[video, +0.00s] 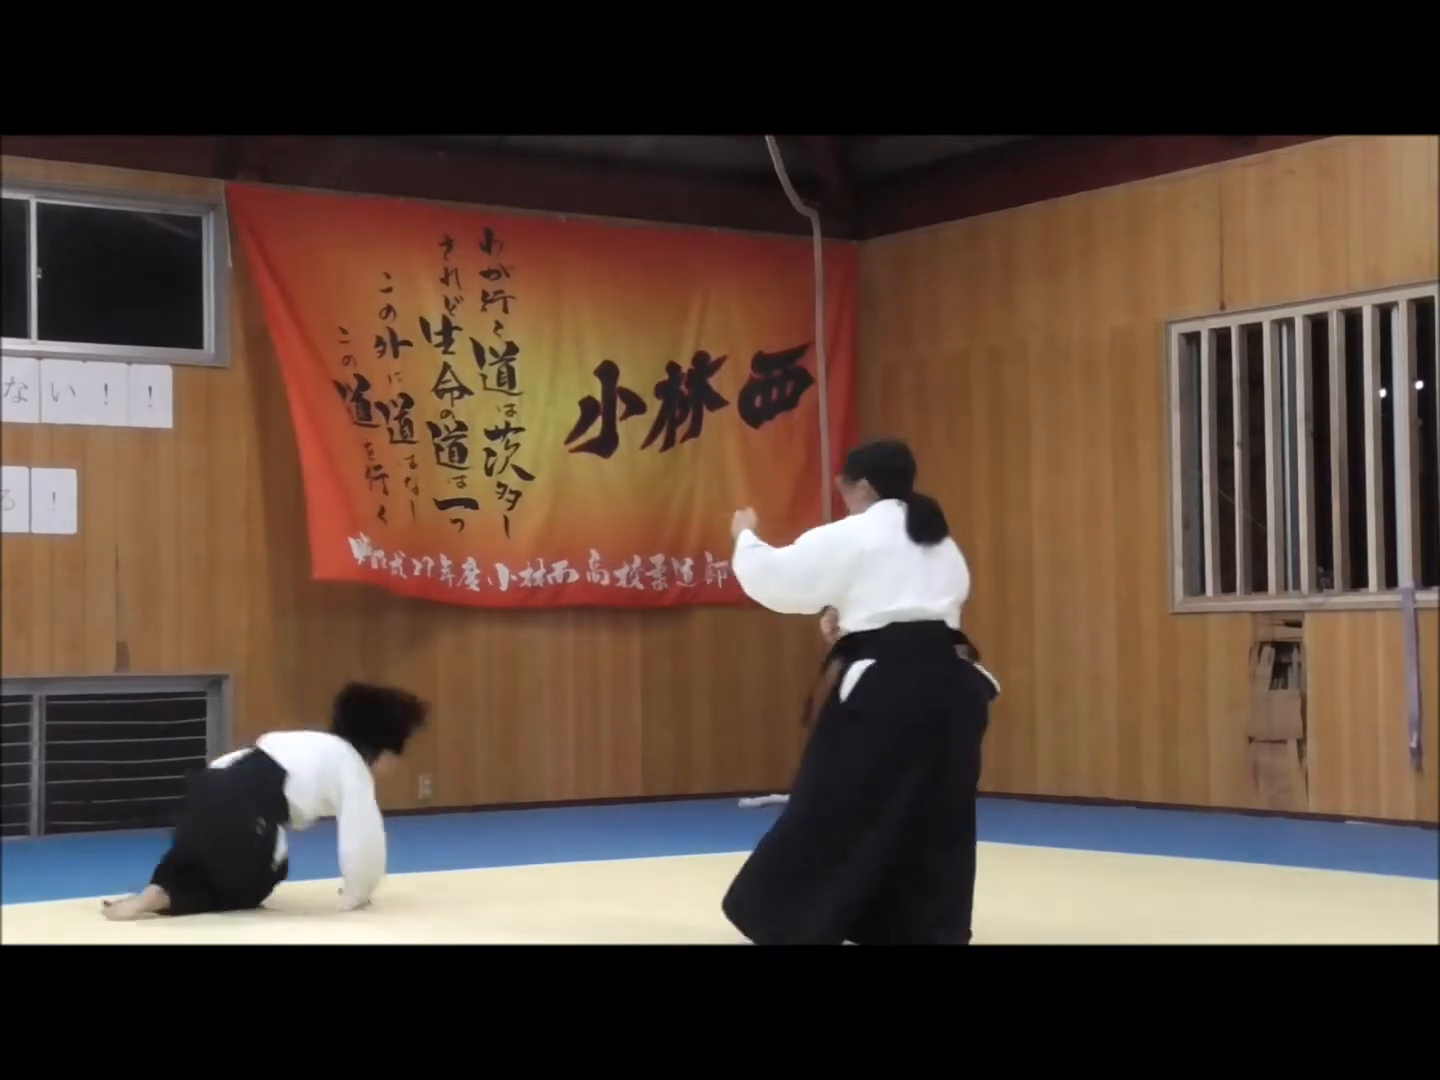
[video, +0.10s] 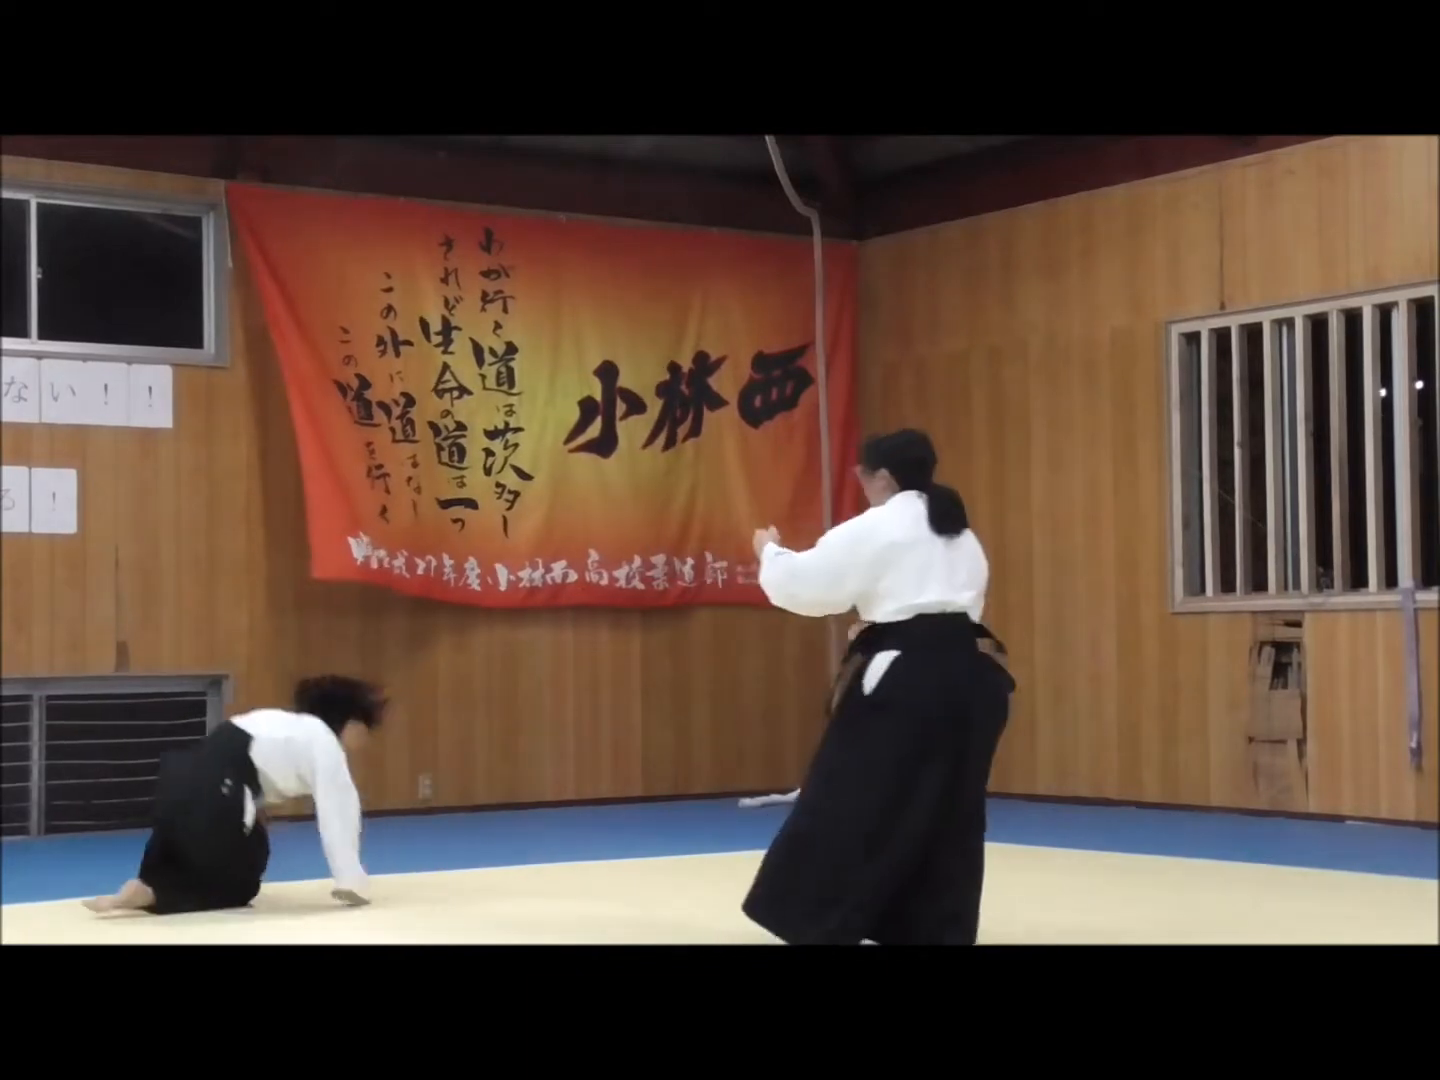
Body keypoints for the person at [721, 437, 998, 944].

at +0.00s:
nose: (843, 498)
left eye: (845, 488)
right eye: (844, 489)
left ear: (863, 487)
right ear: (903, 486)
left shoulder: (851, 536)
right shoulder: (939, 538)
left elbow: (776, 578)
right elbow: (935, 603)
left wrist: (746, 539)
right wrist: (852, 621)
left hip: (883, 685)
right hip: (958, 684)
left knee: (839, 805)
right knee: (939, 816)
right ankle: (932, 929)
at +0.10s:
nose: (862, 488)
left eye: (865, 478)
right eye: (862, 478)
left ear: (885, 477)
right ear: (920, 476)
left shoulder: (874, 530)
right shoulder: (962, 532)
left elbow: (807, 582)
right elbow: (962, 598)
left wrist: (769, 554)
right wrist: (876, 613)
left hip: (902, 680)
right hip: (976, 680)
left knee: (855, 799)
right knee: (951, 813)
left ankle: (831, 925)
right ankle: (936, 930)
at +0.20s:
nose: (878, 477)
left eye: (880, 467)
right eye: (877, 467)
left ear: (899, 467)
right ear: (936, 465)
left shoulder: (892, 522)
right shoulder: (977, 522)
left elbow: (835, 588)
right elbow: (991, 596)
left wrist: (790, 568)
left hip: (919, 674)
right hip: (990, 672)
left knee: (871, 795)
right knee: (964, 805)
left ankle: (866, 926)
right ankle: (950, 929)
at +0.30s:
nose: (891, 471)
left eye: (892, 461)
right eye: (890, 461)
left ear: (912, 461)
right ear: (949, 459)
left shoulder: (902, 519)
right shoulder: (993, 517)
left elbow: (859, 591)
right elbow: (1010, 594)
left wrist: (808, 585)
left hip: (935, 664)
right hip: (1008, 663)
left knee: (894, 793)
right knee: (978, 802)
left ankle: (880, 925)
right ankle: (959, 929)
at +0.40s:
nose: (902, 470)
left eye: (903, 459)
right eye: (901, 459)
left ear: (923, 457)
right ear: (962, 454)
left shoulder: (914, 518)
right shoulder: (1005, 514)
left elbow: (878, 595)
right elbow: (1026, 594)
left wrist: (826, 605)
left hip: (950, 661)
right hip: (1023, 659)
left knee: (912, 797)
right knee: (987, 803)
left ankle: (907, 926)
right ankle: (998, 924)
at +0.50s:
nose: (911, 466)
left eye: (913, 456)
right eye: (910, 457)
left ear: (935, 455)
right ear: (974, 453)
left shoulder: (926, 521)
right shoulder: (1017, 510)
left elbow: (892, 606)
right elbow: (1042, 595)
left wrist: (845, 634)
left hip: (971, 667)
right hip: (1039, 661)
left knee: (938, 803)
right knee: (1013, 804)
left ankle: (942, 926)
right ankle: (1046, 920)